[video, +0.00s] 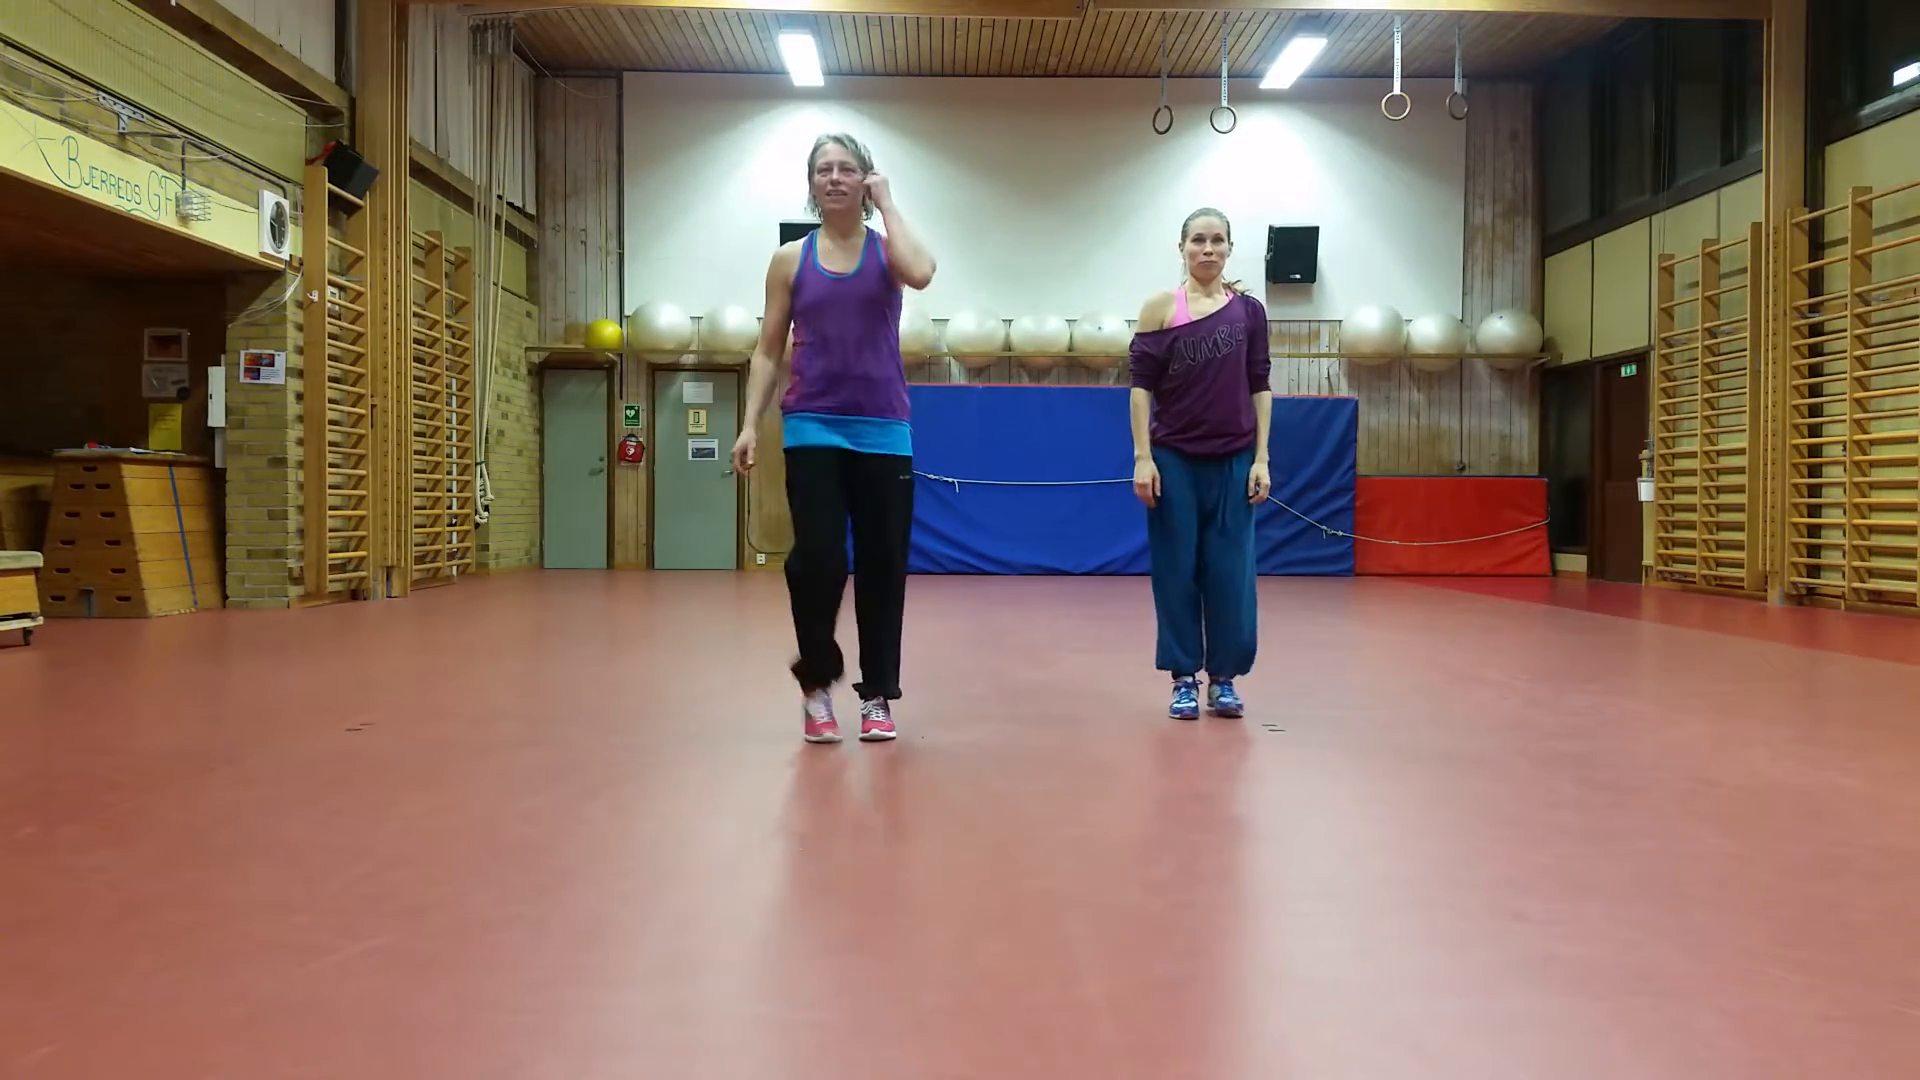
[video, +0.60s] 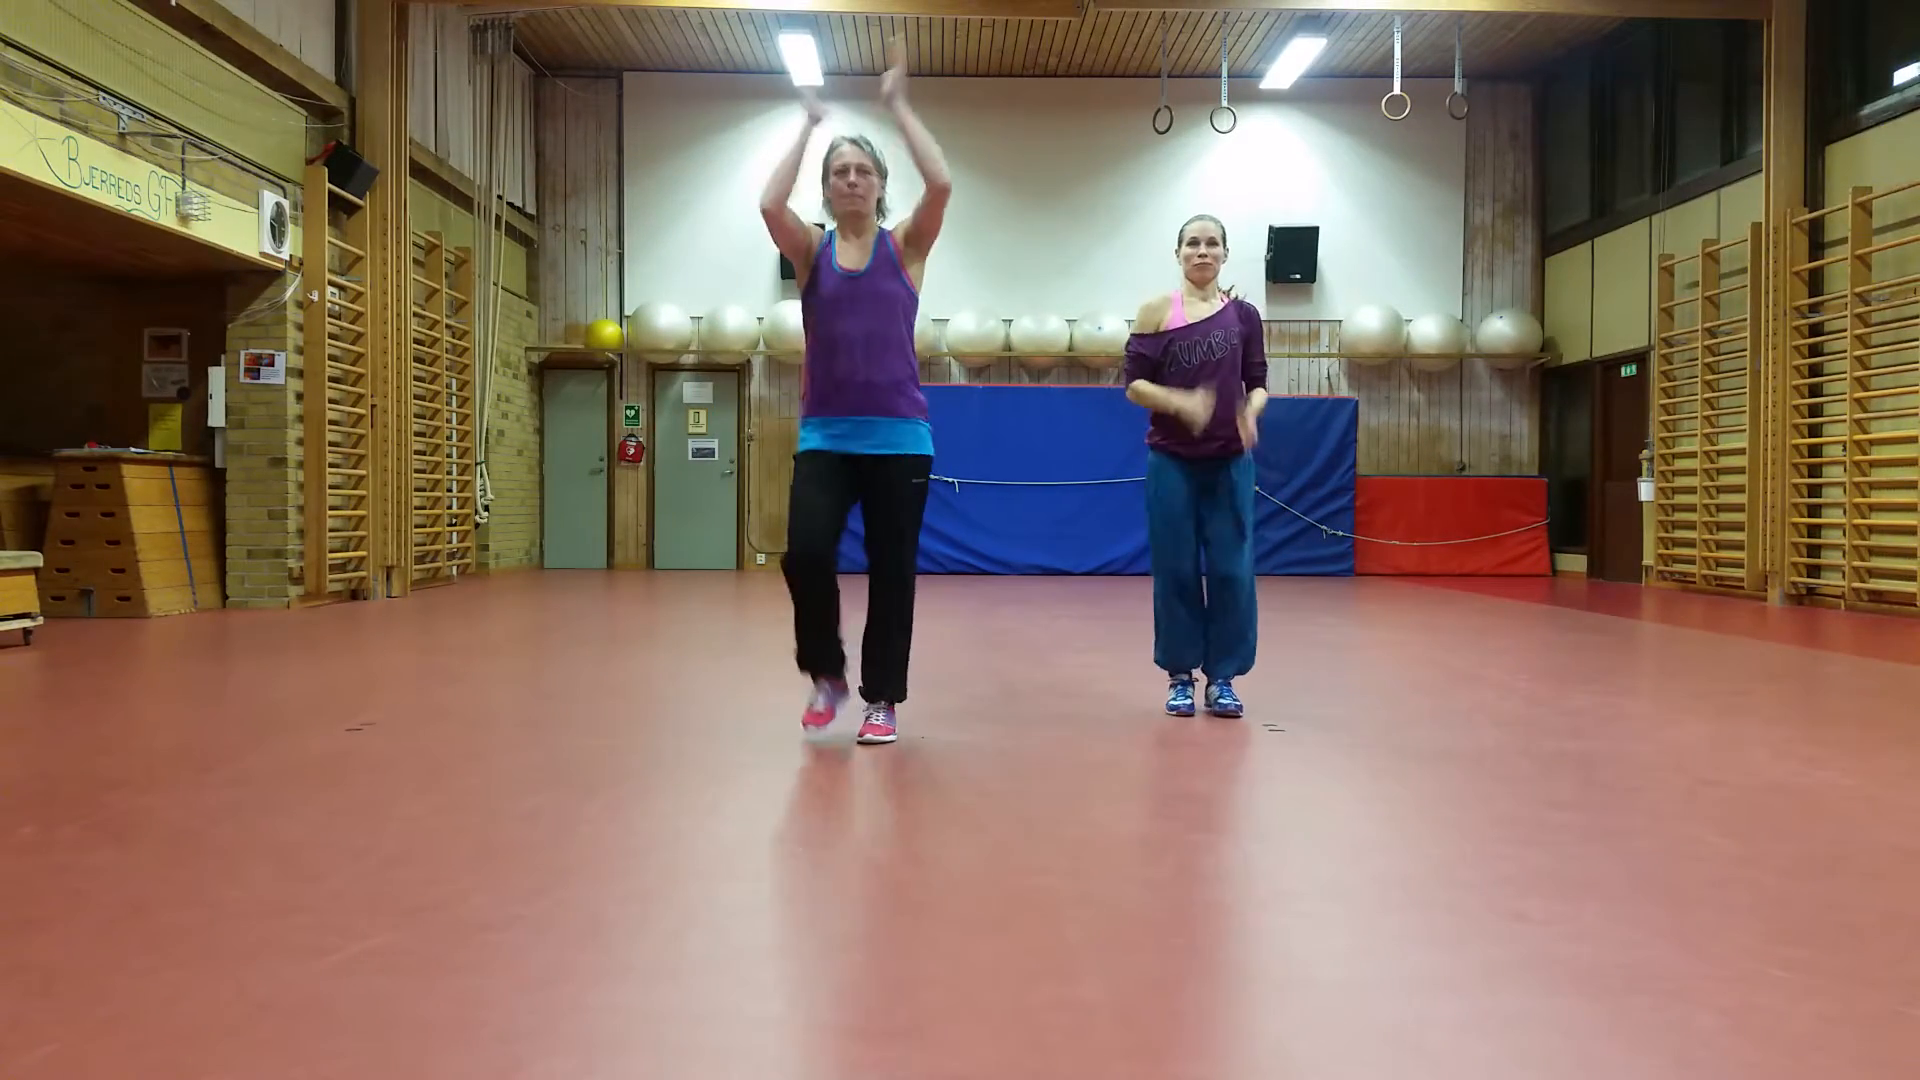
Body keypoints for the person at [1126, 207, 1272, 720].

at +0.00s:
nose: (1208, 248)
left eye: (1217, 240)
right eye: (1199, 239)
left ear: (1229, 248)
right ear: (1183, 247)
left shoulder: (1249, 309)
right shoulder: (1160, 308)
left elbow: (1260, 385)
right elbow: (1140, 386)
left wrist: (1261, 457)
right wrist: (1141, 457)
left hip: (1234, 458)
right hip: (1174, 458)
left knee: (1231, 569)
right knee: (1178, 569)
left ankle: (1222, 681)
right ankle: (1184, 680)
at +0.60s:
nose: (1203, 252)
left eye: (1212, 244)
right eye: (1194, 243)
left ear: (1225, 254)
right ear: (1178, 252)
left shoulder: (1244, 314)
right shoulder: (1156, 312)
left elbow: (1258, 383)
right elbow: (1133, 385)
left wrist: (1249, 411)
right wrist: (1180, 400)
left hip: (1231, 460)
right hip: (1172, 460)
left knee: (1232, 568)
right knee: (1176, 567)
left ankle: (1222, 678)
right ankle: (1181, 677)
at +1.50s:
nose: (1211, 250)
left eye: (1219, 243)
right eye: (1201, 243)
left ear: (1227, 255)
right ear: (1183, 254)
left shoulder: (1240, 306)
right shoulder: (1166, 312)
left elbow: (1282, 253)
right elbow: (1155, 272)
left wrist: (1252, 184)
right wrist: (1170, 202)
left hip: (1238, 460)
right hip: (1181, 460)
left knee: (1245, 568)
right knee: (1191, 571)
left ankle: (1225, 659)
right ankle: (1195, 677)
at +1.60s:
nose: (1211, 249)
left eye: (1219, 242)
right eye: (1202, 241)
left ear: (1228, 253)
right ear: (1184, 252)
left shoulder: (1241, 303)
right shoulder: (1167, 308)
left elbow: (1275, 254)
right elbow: (1173, 275)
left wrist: (1241, 193)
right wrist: (1192, 214)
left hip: (1239, 458)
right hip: (1180, 458)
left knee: (1240, 570)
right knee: (1178, 568)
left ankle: (1221, 669)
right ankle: (1192, 675)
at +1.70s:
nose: (1212, 255)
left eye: (1220, 248)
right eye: (1203, 247)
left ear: (1229, 260)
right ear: (1186, 259)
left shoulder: (1245, 310)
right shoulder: (1172, 317)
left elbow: (1281, 258)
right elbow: (1169, 277)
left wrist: (1233, 201)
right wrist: (1206, 209)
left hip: (1238, 461)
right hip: (1179, 460)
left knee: (1231, 570)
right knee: (1177, 567)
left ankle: (1220, 675)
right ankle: (1193, 674)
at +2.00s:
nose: (1210, 237)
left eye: (1217, 230)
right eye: (1200, 229)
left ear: (1227, 241)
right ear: (1182, 240)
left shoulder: (1242, 293)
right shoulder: (1169, 298)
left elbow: (1273, 240)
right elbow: (1160, 268)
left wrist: (1225, 189)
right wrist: (1189, 205)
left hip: (1232, 447)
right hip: (1174, 443)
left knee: (1229, 559)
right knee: (1183, 551)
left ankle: (1209, 668)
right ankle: (1175, 661)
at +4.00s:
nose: (1230, 247)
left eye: (1238, 242)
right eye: (1218, 241)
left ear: (1248, 259)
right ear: (1200, 258)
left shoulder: (1260, 307)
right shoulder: (1187, 311)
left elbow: (1300, 235)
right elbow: (1169, 257)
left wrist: (1249, 192)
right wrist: (1219, 205)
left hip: (1263, 456)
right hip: (1203, 458)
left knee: (1270, 567)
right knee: (1204, 568)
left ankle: (1267, 669)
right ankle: (1227, 668)